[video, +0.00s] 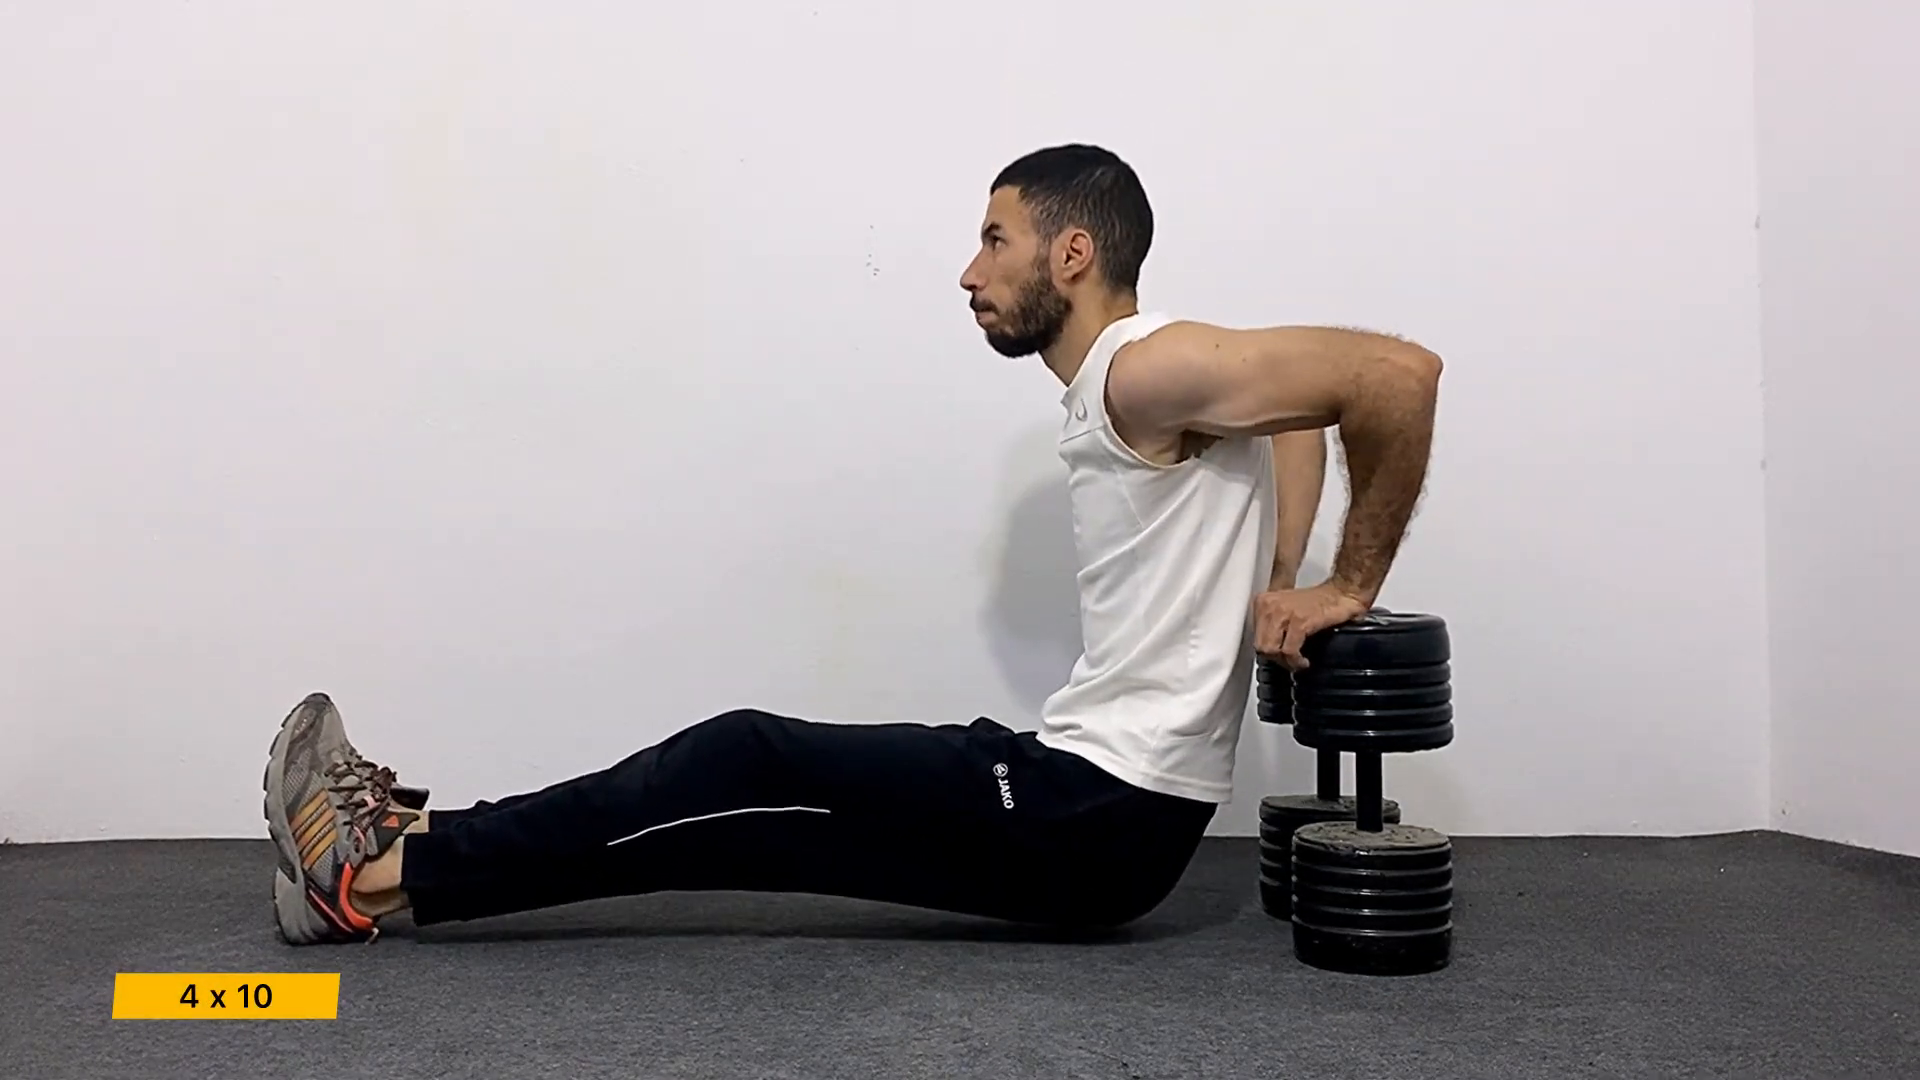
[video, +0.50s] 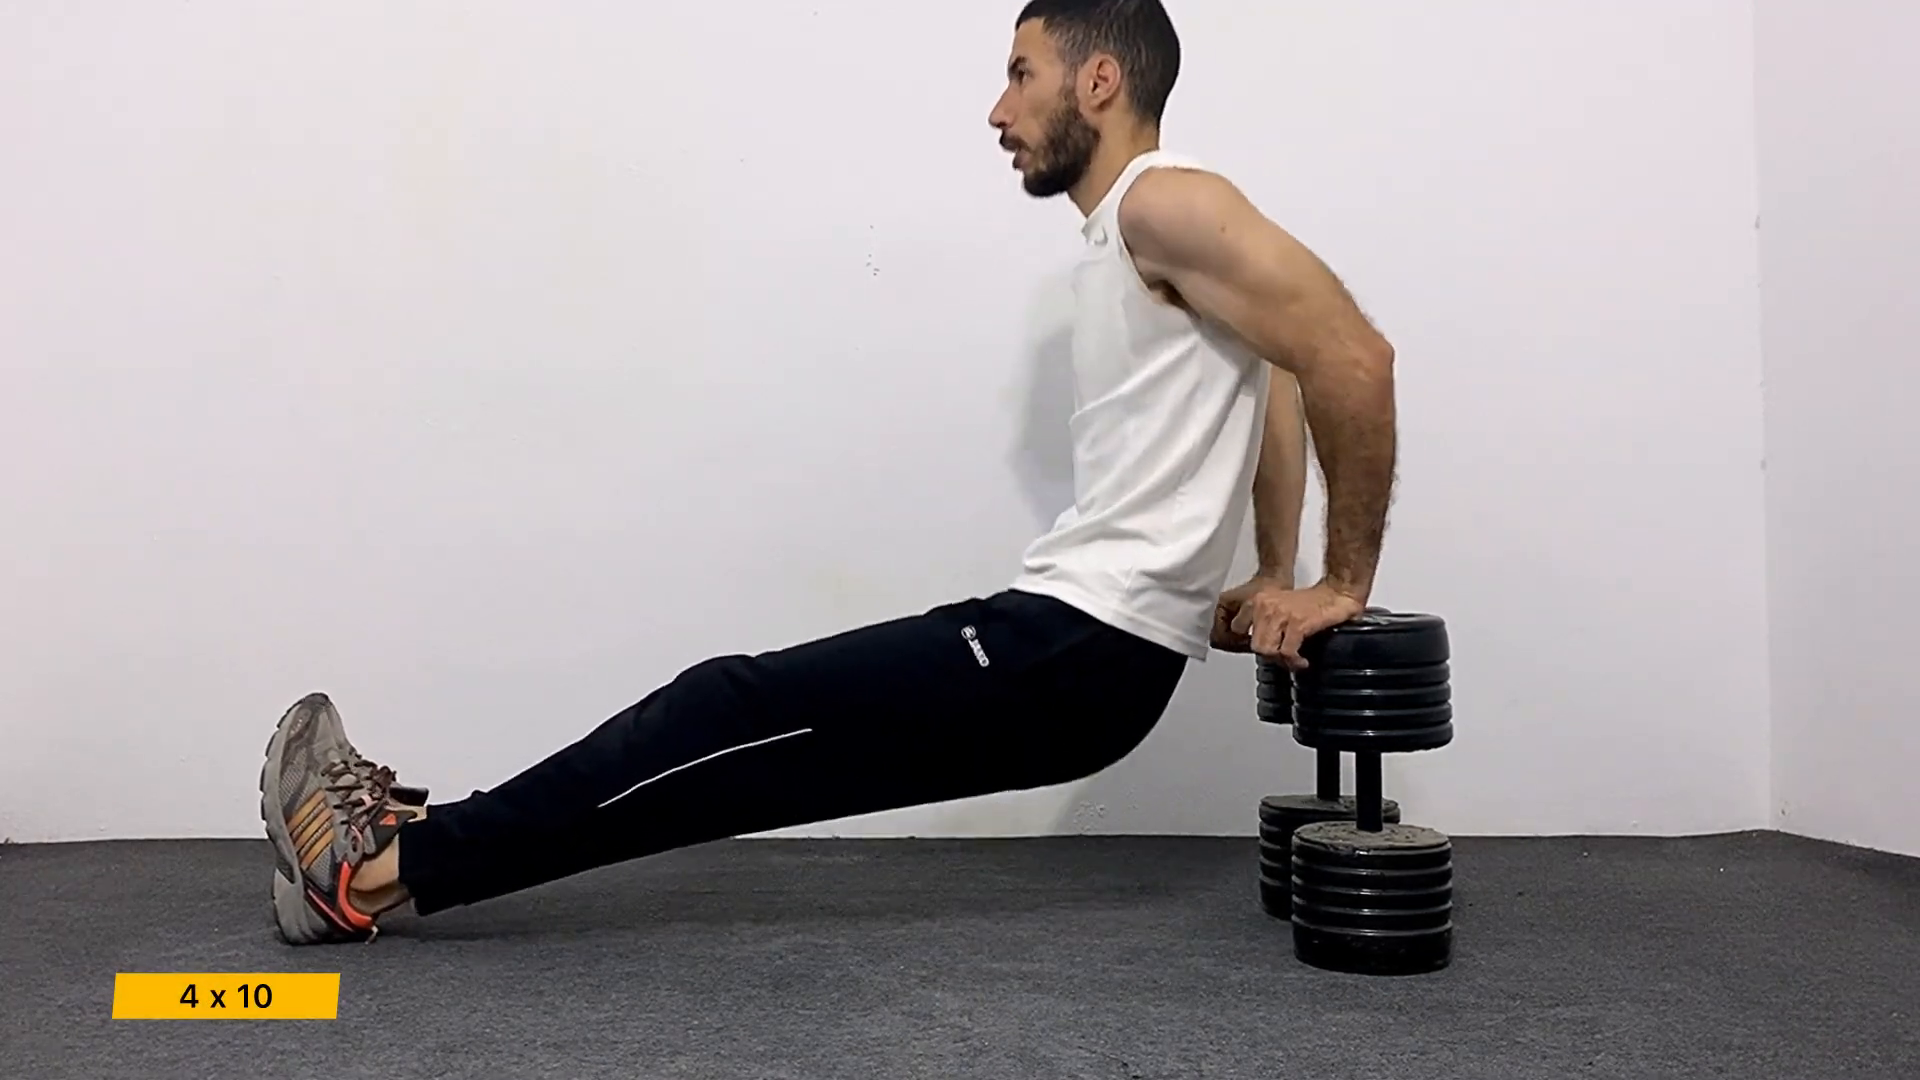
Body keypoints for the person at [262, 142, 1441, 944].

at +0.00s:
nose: (972, 276)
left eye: (995, 244)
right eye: (980, 246)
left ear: (1078, 251)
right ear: (1083, 253)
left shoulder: (1143, 370)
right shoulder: (1138, 373)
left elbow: (1401, 381)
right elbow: (1300, 412)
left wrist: (1354, 592)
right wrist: (1279, 580)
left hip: (1095, 808)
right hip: (1092, 799)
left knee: (737, 756)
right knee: (726, 821)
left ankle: (381, 873)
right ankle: (417, 848)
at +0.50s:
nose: (1000, 104)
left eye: (1023, 74)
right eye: (1006, 76)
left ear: (1102, 83)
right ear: (1095, 90)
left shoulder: (1172, 207)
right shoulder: (1144, 231)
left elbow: (1355, 358)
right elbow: (1276, 400)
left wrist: (1351, 585)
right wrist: (1269, 580)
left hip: (1084, 647)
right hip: (1071, 636)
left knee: (723, 724)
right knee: (724, 715)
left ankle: (390, 875)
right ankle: (416, 849)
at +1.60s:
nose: (919, 245)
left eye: (943, 213)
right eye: (927, 216)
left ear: (1029, 224)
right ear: (1030, 226)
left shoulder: (1090, 342)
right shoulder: (1073, 347)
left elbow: (1345, 377)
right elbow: (1241, 391)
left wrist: (1299, 587)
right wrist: (1225, 575)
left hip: (1046, 778)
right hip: (1028, 763)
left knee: (686, 738)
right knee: (681, 788)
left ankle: (337, 872)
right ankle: (364, 852)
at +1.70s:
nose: (777, 261)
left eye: (798, 229)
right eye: (784, 232)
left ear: (882, 238)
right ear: (888, 240)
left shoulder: (947, 354)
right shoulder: (936, 359)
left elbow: (1204, 378)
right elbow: (1103, 395)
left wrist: (1161, 591)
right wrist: (1089, 573)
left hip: (906, 792)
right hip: (900, 786)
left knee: (547, 742)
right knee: (536, 800)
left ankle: (194, 876)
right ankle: (228, 850)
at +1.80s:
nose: (498, 268)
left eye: (522, 234)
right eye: (508, 236)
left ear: (606, 249)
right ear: (606, 251)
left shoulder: (672, 367)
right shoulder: (648, 372)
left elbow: (930, 378)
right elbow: (830, 390)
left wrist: (891, 587)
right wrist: (821, 575)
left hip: (640, 804)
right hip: (616, 781)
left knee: (269, 754)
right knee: (262, 772)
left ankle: (11, 855)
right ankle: (18, 860)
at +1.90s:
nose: (44, 266)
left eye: (69, 232)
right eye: (56, 233)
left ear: (147, 244)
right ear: (148, 247)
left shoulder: (223, 362)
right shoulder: (196, 367)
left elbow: (476, 374)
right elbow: (373, 395)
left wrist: (437, 586)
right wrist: (361, 574)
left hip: (196, 798)